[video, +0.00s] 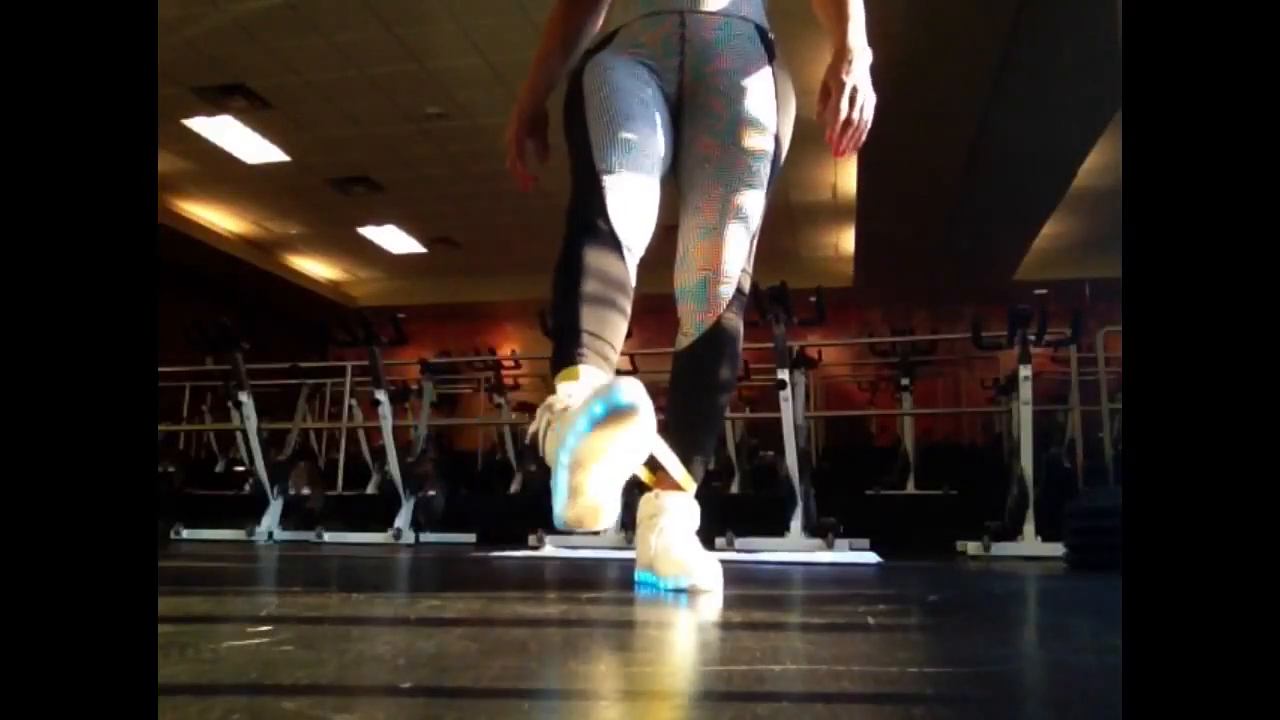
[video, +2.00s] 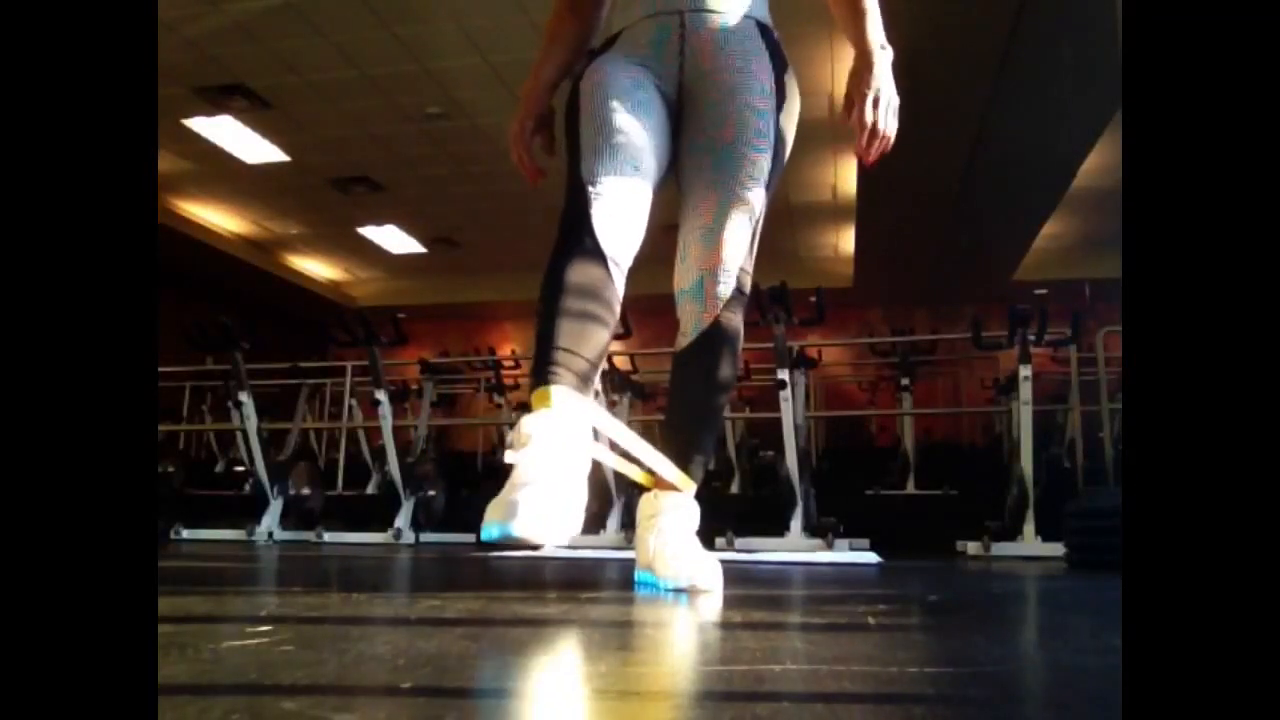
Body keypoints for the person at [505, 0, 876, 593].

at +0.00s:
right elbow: (586, 4)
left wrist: (853, 49)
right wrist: (535, 95)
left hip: (739, 31)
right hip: (625, 32)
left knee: (715, 283)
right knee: (615, 190)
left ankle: (672, 512)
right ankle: (578, 407)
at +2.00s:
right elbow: (580, 8)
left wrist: (873, 50)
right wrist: (539, 89)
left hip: (740, 30)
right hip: (627, 33)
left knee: (717, 271)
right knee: (603, 210)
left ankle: (670, 516)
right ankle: (551, 459)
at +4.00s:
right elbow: (597, 3)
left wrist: (862, 83)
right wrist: (555, 72)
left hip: (740, 32)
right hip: (633, 35)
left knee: (719, 278)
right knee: (590, 202)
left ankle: (672, 516)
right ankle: (525, 419)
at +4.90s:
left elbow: (843, 2)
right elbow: (592, 8)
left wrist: (863, 84)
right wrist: (549, 80)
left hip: (735, 26)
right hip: (629, 30)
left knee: (714, 268)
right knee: (583, 188)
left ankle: (670, 515)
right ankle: (510, 407)